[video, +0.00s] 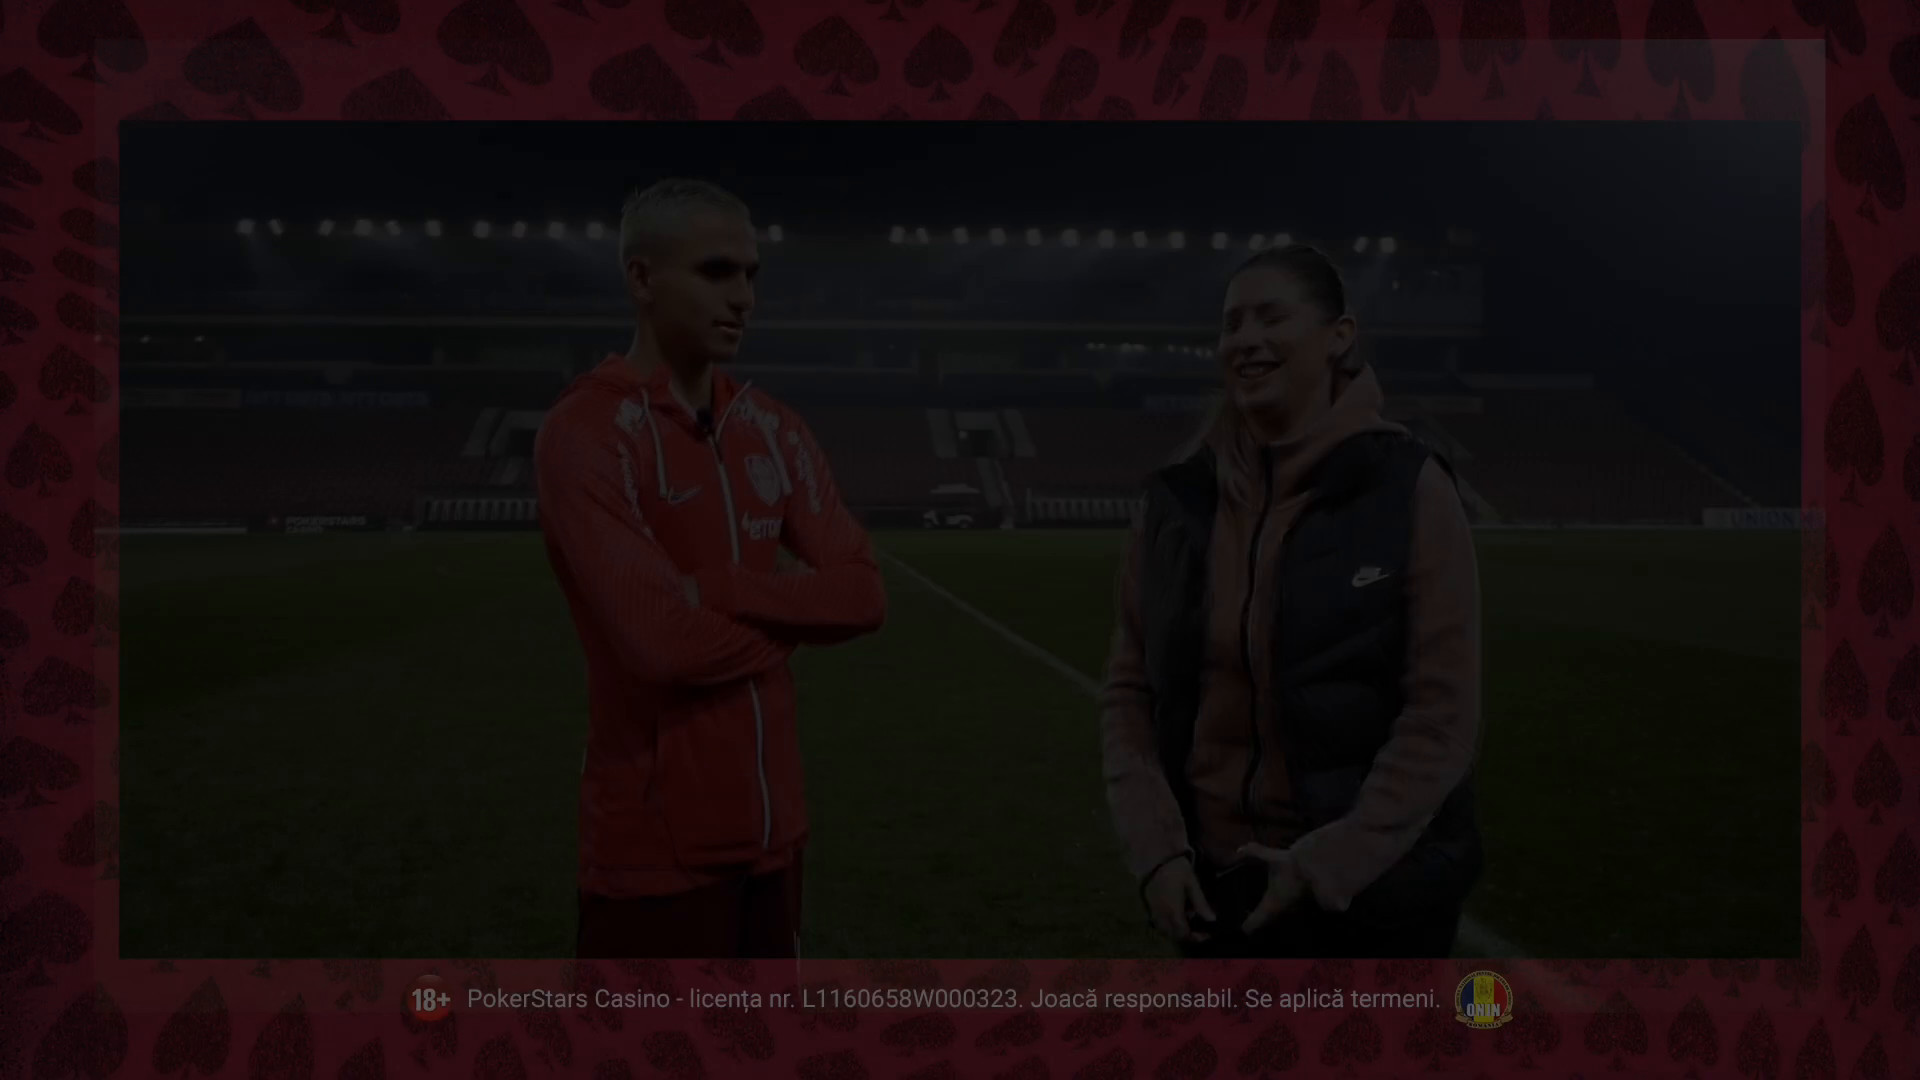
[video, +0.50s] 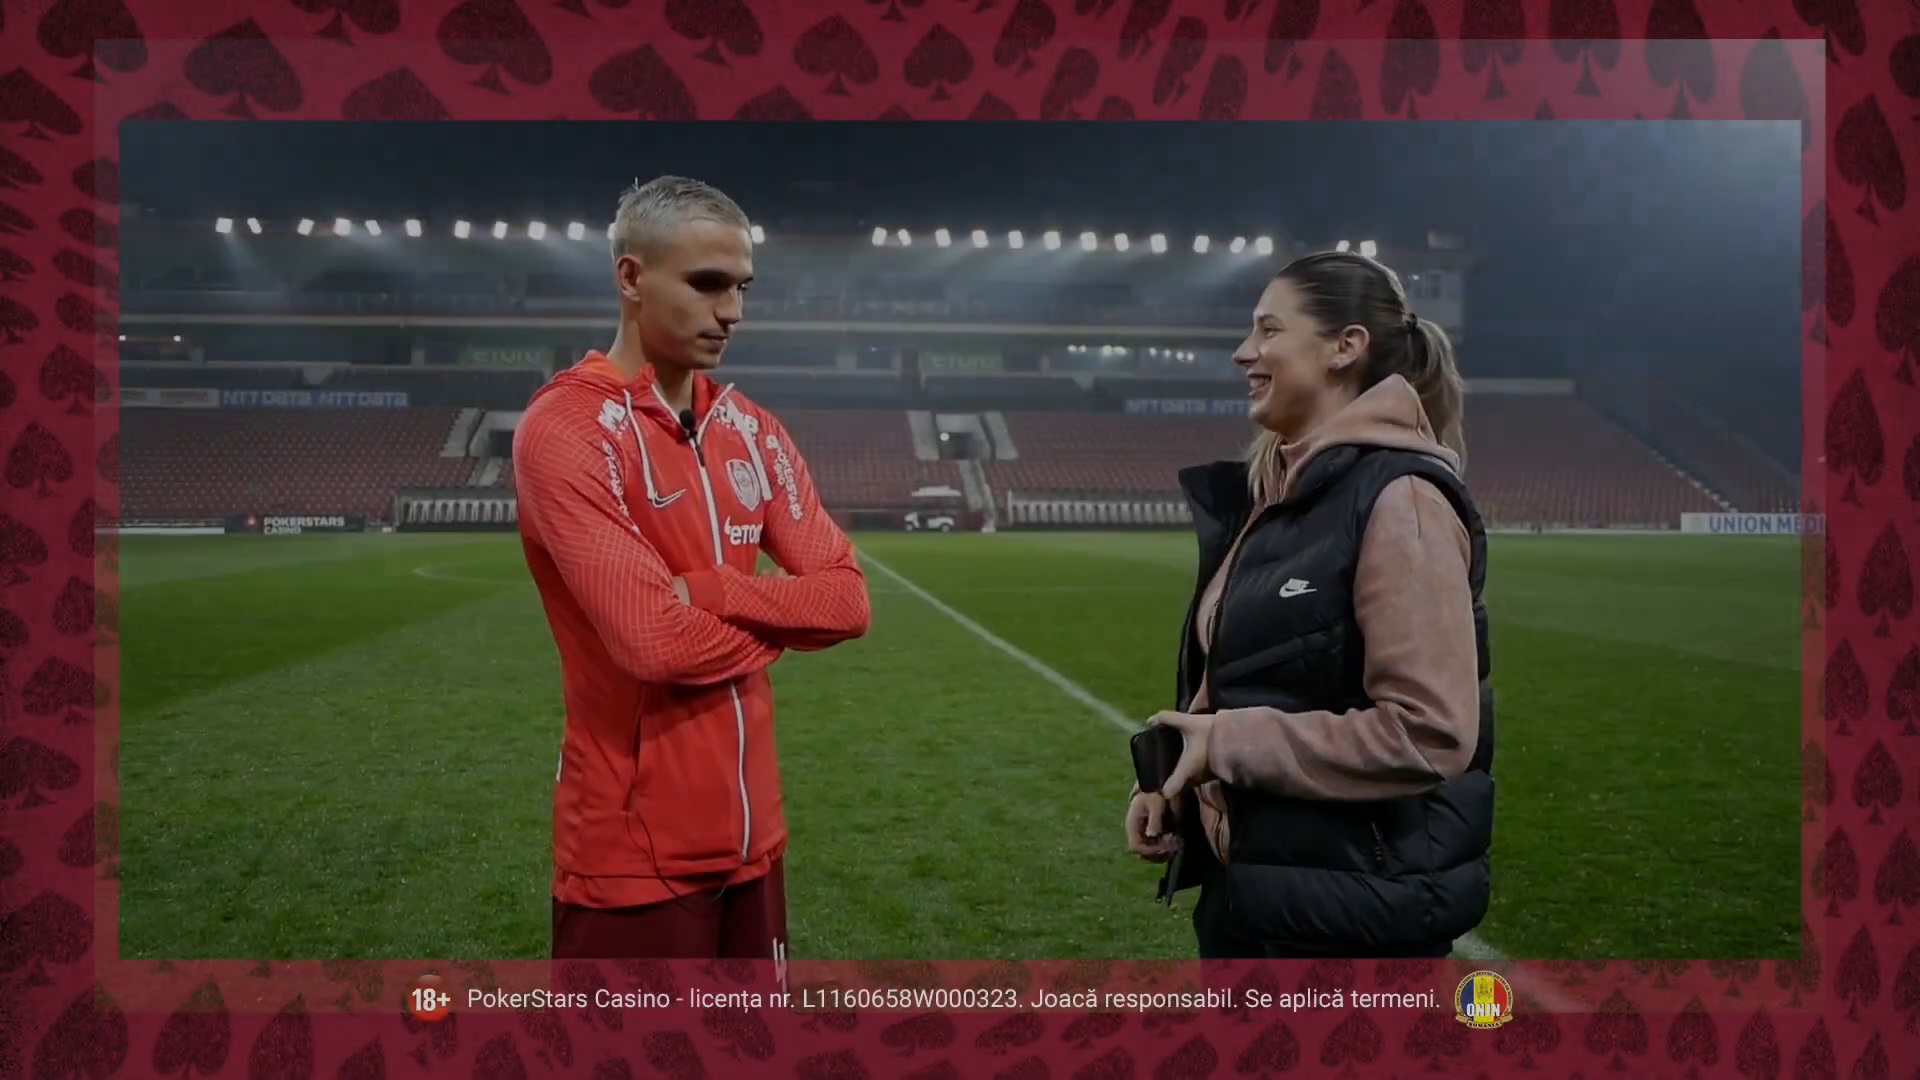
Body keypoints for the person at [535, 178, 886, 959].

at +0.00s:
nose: (741, 297)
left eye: (750, 276)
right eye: (717, 273)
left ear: (758, 281)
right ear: (642, 278)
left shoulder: (773, 427)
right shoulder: (584, 433)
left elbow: (861, 596)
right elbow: (658, 646)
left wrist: (713, 591)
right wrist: (791, 617)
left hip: (769, 821)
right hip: (651, 830)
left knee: (761, 1051)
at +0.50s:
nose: (732, 312)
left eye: (741, 289)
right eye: (708, 284)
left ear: (748, 287)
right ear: (630, 277)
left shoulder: (753, 429)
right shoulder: (563, 430)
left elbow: (847, 603)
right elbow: (651, 647)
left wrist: (703, 588)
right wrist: (775, 624)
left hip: (748, 835)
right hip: (630, 845)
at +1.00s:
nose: (740, 314)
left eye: (744, 290)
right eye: (715, 286)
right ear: (635, 285)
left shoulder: (744, 436)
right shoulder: (562, 438)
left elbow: (837, 607)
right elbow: (646, 659)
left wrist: (695, 600)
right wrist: (769, 627)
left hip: (741, 839)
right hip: (628, 853)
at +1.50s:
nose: (778, 333)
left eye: (778, 310)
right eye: (759, 304)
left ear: (690, 300)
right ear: (683, 296)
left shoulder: (710, 434)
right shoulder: (605, 431)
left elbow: (734, 621)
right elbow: (832, 531)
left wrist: (786, 680)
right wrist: (845, 343)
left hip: (735, 856)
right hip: (645, 870)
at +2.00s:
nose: (771, 314)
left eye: (772, 293)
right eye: (750, 287)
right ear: (671, 291)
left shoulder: (731, 442)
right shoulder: (608, 435)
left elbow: (761, 607)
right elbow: (745, 610)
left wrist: (810, 660)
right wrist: (882, 503)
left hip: (752, 847)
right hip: (659, 860)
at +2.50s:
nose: (779, 317)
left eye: (779, 295)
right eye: (754, 292)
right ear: (676, 296)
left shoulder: (784, 442)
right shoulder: (594, 445)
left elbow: (882, 589)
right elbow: (688, 647)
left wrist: (729, 592)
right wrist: (801, 627)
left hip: (768, 841)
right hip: (653, 850)